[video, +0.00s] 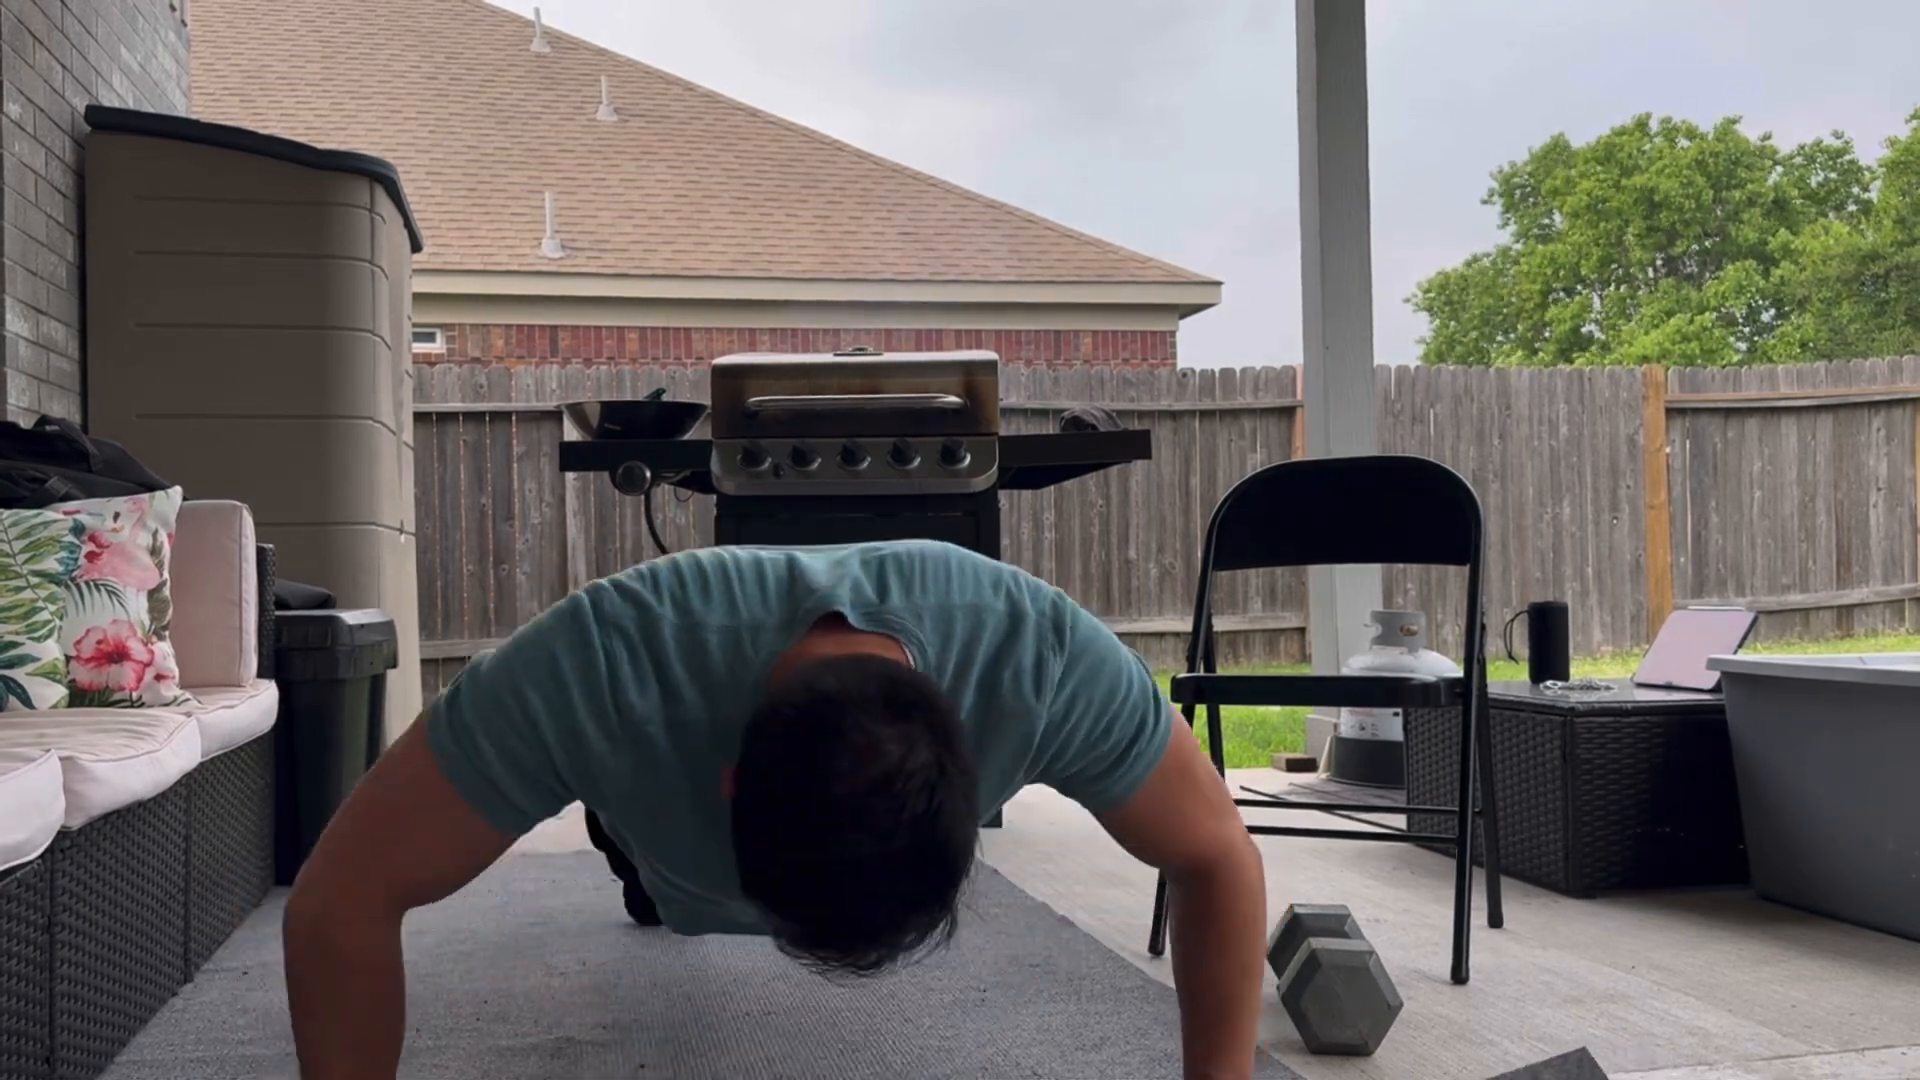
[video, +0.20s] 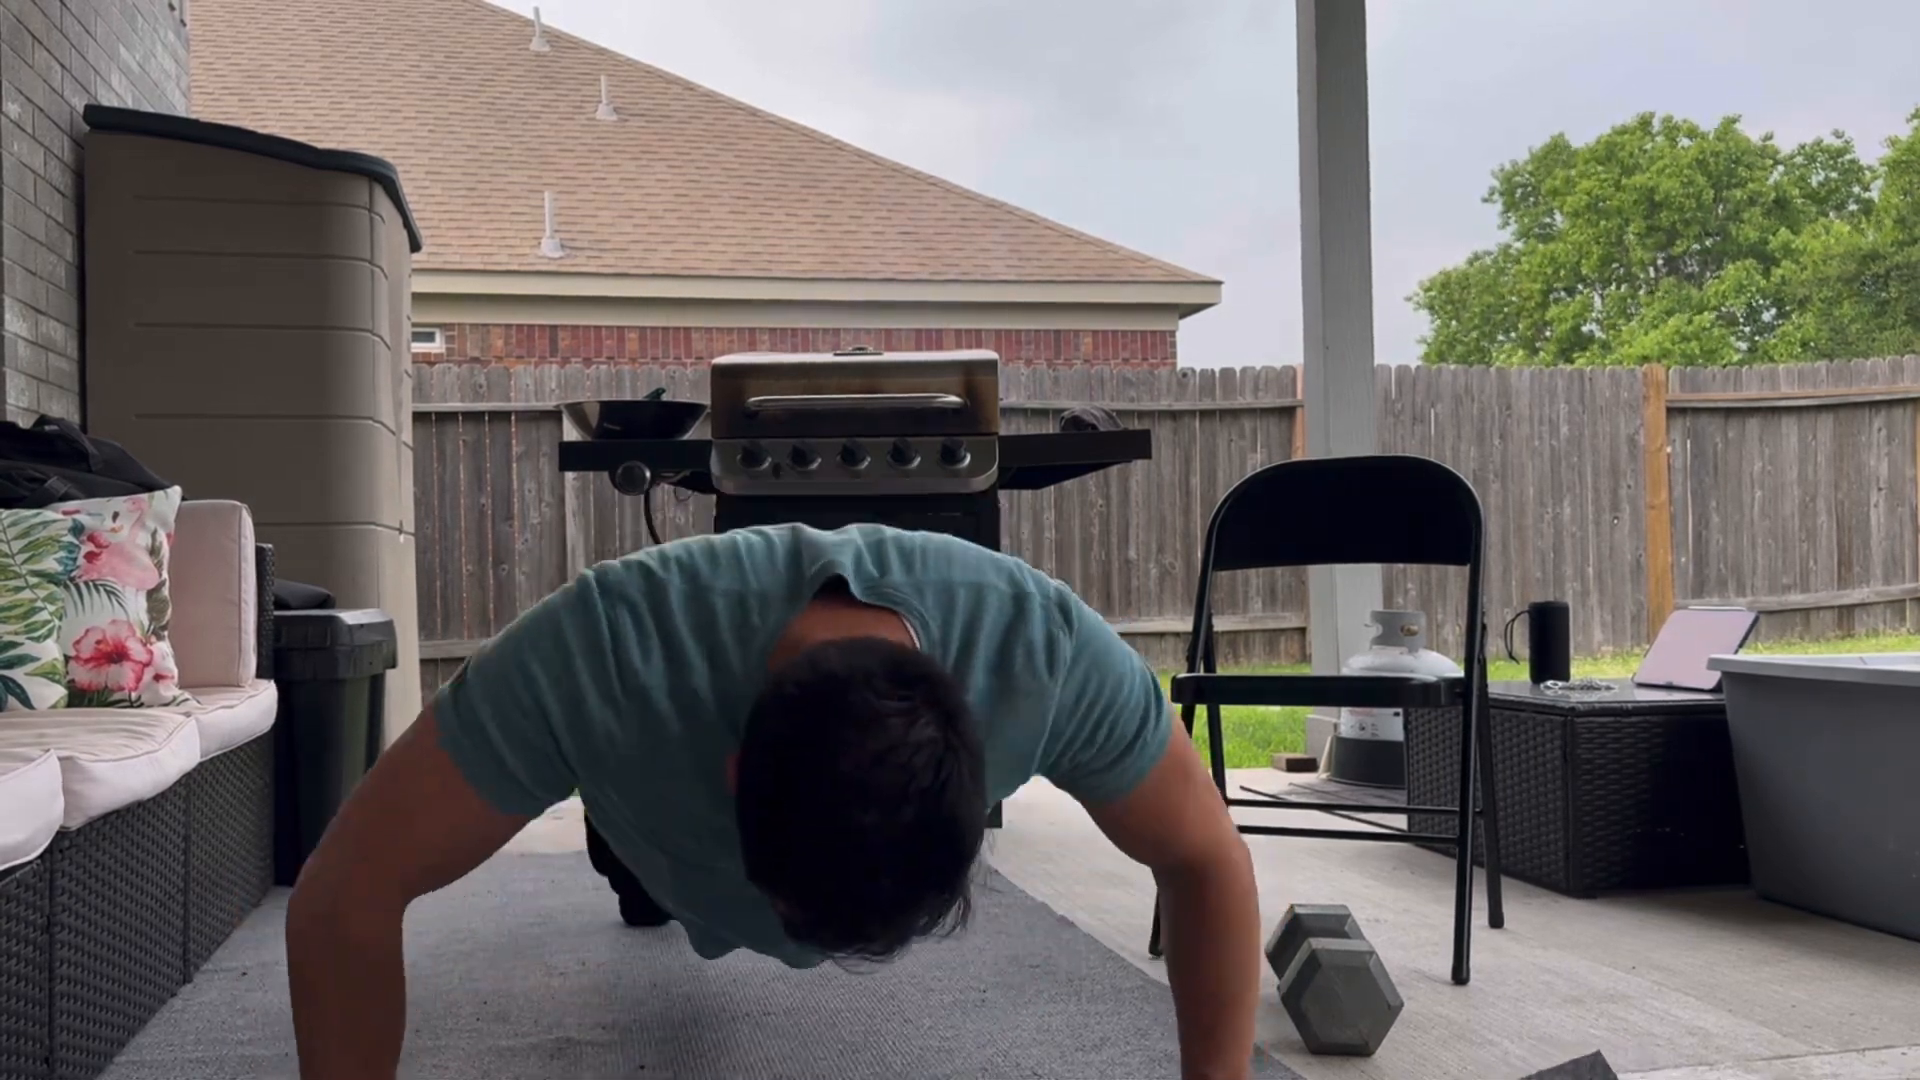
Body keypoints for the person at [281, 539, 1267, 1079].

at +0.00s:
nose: (829, 946)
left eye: (874, 932)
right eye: (799, 919)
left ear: (963, 802)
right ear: (733, 780)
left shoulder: (1046, 664)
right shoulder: (598, 668)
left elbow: (1217, 863)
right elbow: (341, 900)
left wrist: (1216, 1073)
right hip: (667, 813)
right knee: (669, 891)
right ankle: (637, 866)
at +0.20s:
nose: (835, 950)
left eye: (876, 935)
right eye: (809, 932)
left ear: (969, 798)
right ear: (735, 771)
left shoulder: (1048, 657)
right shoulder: (595, 658)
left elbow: (1207, 864)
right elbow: (342, 897)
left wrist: (1216, 1078)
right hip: (651, 813)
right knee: (652, 881)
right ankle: (644, 880)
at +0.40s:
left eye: (903, 1032)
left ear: (945, 1012)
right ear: (749, 1014)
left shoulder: (1048, 852)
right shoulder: (606, 871)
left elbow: (1256, 868)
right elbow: (282, 927)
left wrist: (1228, 1075)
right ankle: (443, 808)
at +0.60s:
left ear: (937, 1040)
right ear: (752, 1042)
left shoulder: (1043, 889)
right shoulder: (618, 923)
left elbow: (1249, 866)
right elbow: (288, 923)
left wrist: (1229, 1073)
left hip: (921, 813)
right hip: (691, 827)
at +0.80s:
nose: (828, 1017)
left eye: (871, 1006)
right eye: (785, 984)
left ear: (965, 835)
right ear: (730, 846)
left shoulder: (1052, 736)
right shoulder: (587, 747)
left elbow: (1235, 871)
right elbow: (306, 916)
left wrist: (1224, 1068)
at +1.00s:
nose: (829, 948)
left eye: (871, 935)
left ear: (966, 801)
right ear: (731, 771)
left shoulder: (1042, 658)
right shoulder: (592, 655)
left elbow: (1209, 860)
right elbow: (345, 897)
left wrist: (1214, 1076)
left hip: (894, 833)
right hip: (671, 870)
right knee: (678, 919)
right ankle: (638, 856)